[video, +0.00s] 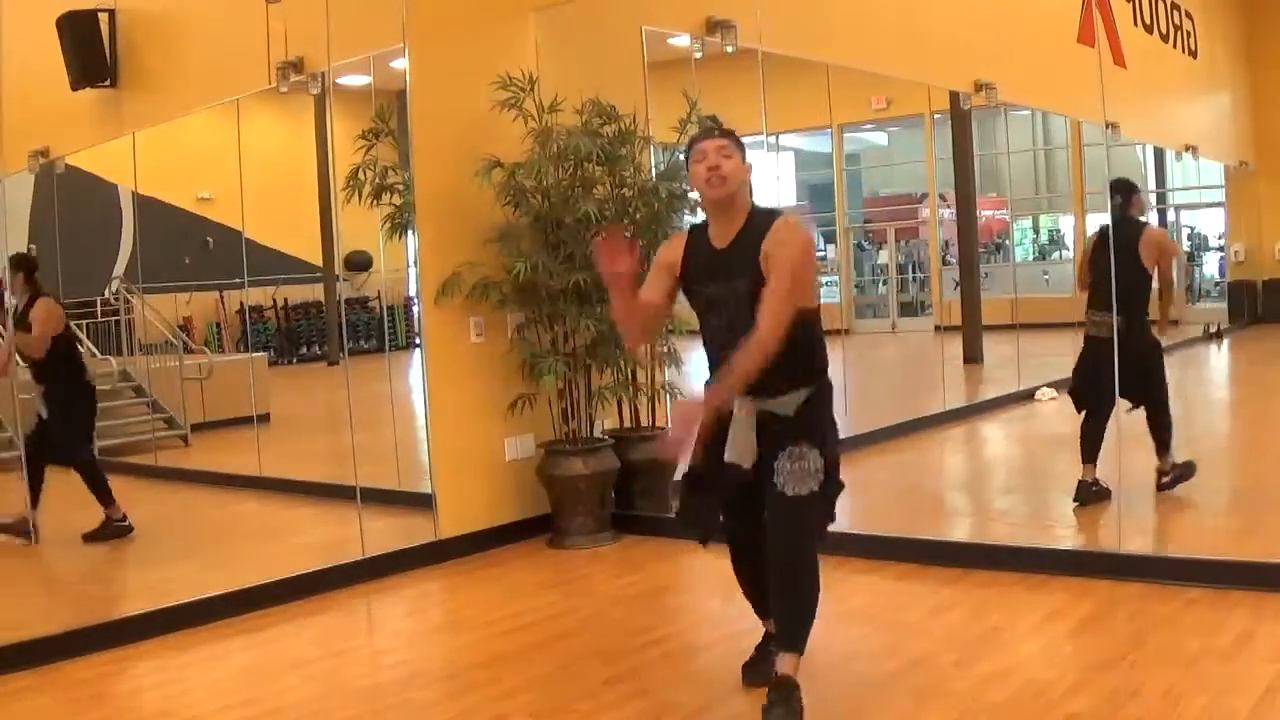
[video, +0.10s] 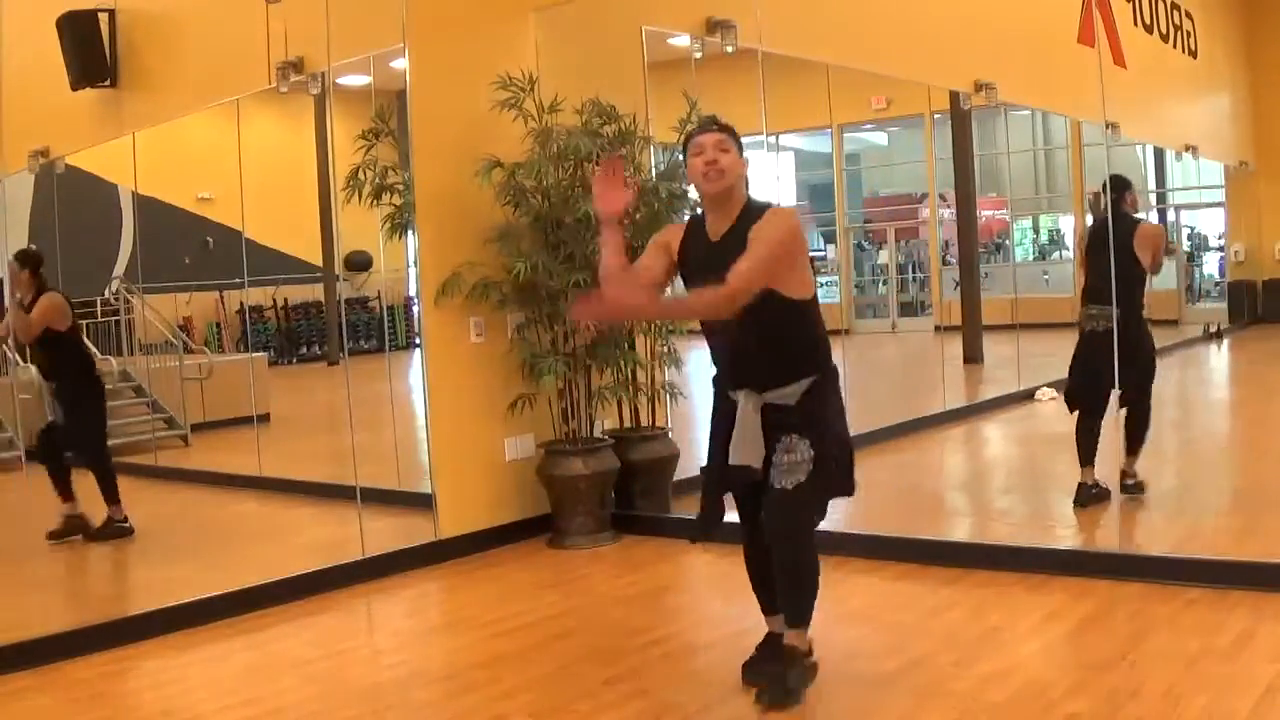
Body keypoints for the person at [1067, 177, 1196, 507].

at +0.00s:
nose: (1145, 200)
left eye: (1141, 195)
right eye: (1141, 195)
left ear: (1114, 203)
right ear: (1133, 200)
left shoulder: (1098, 238)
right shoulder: (1154, 236)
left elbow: (1083, 283)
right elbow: (1165, 285)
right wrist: (1163, 324)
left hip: (1097, 342)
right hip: (1135, 340)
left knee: (1097, 408)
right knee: (1156, 402)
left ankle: (1087, 480)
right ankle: (1165, 469)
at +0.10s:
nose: (1137, 199)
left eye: (1133, 195)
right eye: (1135, 195)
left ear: (1105, 200)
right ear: (1129, 198)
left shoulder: (1089, 233)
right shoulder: (1149, 232)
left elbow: (1084, 276)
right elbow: (1153, 266)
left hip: (1093, 335)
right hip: (1131, 334)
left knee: (1090, 407)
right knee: (1138, 399)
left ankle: (1086, 481)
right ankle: (1128, 473)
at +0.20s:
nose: (1134, 201)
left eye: (1131, 196)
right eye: (1132, 196)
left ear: (1103, 200)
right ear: (1126, 199)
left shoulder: (1086, 233)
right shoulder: (1143, 232)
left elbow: (1085, 270)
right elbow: (1158, 249)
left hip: (1090, 335)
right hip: (1126, 333)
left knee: (1088, 405)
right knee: (1127, 395)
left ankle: (1085, 482)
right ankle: (1106, 458)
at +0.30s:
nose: (1134, 202)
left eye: (1131, 197)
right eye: (1132, 197)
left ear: (1103, 199)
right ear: (1125, 197)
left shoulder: (1085, 231)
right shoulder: (1144, 232)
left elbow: (1083, 267)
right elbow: (1144, 269)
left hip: (1089, 331)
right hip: (1124, 329)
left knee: (1088, 402)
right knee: (1127, 382)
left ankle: (1088, 483)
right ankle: (1102, 438)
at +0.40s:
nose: (1137, 210)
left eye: (1134, 205)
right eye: (1136, 205)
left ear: (1107, 205)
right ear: (1132, 204)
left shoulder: (1087, 232)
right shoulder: (1147, 234)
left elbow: (1079, 280)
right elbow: (1153, 287)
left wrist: (1082, 322)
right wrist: (1151, 328)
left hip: (1090, 334)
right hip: (1126, 332)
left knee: (1089, 406)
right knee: (1131, 393)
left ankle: (1086, 481)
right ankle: (1108, 432)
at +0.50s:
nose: (1146, 218)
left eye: (1145, 214)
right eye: (1146, 213)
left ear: (1114, 211)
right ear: (1140, 211)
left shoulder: (1089, 241)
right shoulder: (1147, 234)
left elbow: (1068, 285)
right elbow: (1167, 279)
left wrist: (1051, 324)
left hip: (1092, 337)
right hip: (1131, 334)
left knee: (1090, 407)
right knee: (1146, 390)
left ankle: (1087, 482)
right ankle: (1122, 444)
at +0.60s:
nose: (1163, 218)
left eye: (1161, 213)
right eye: (1161, 213)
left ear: (1129, 213)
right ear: (1153, 212)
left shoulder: (1105, 235)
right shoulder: (1154, 230)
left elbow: (1067, 251)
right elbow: (1167, 244)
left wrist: (1035, 267)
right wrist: (1171, 239)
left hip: (1099, 336)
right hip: (1136, 336)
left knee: (1094, 405)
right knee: (1160, 394)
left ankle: (1087, 482)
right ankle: (1151, 464)